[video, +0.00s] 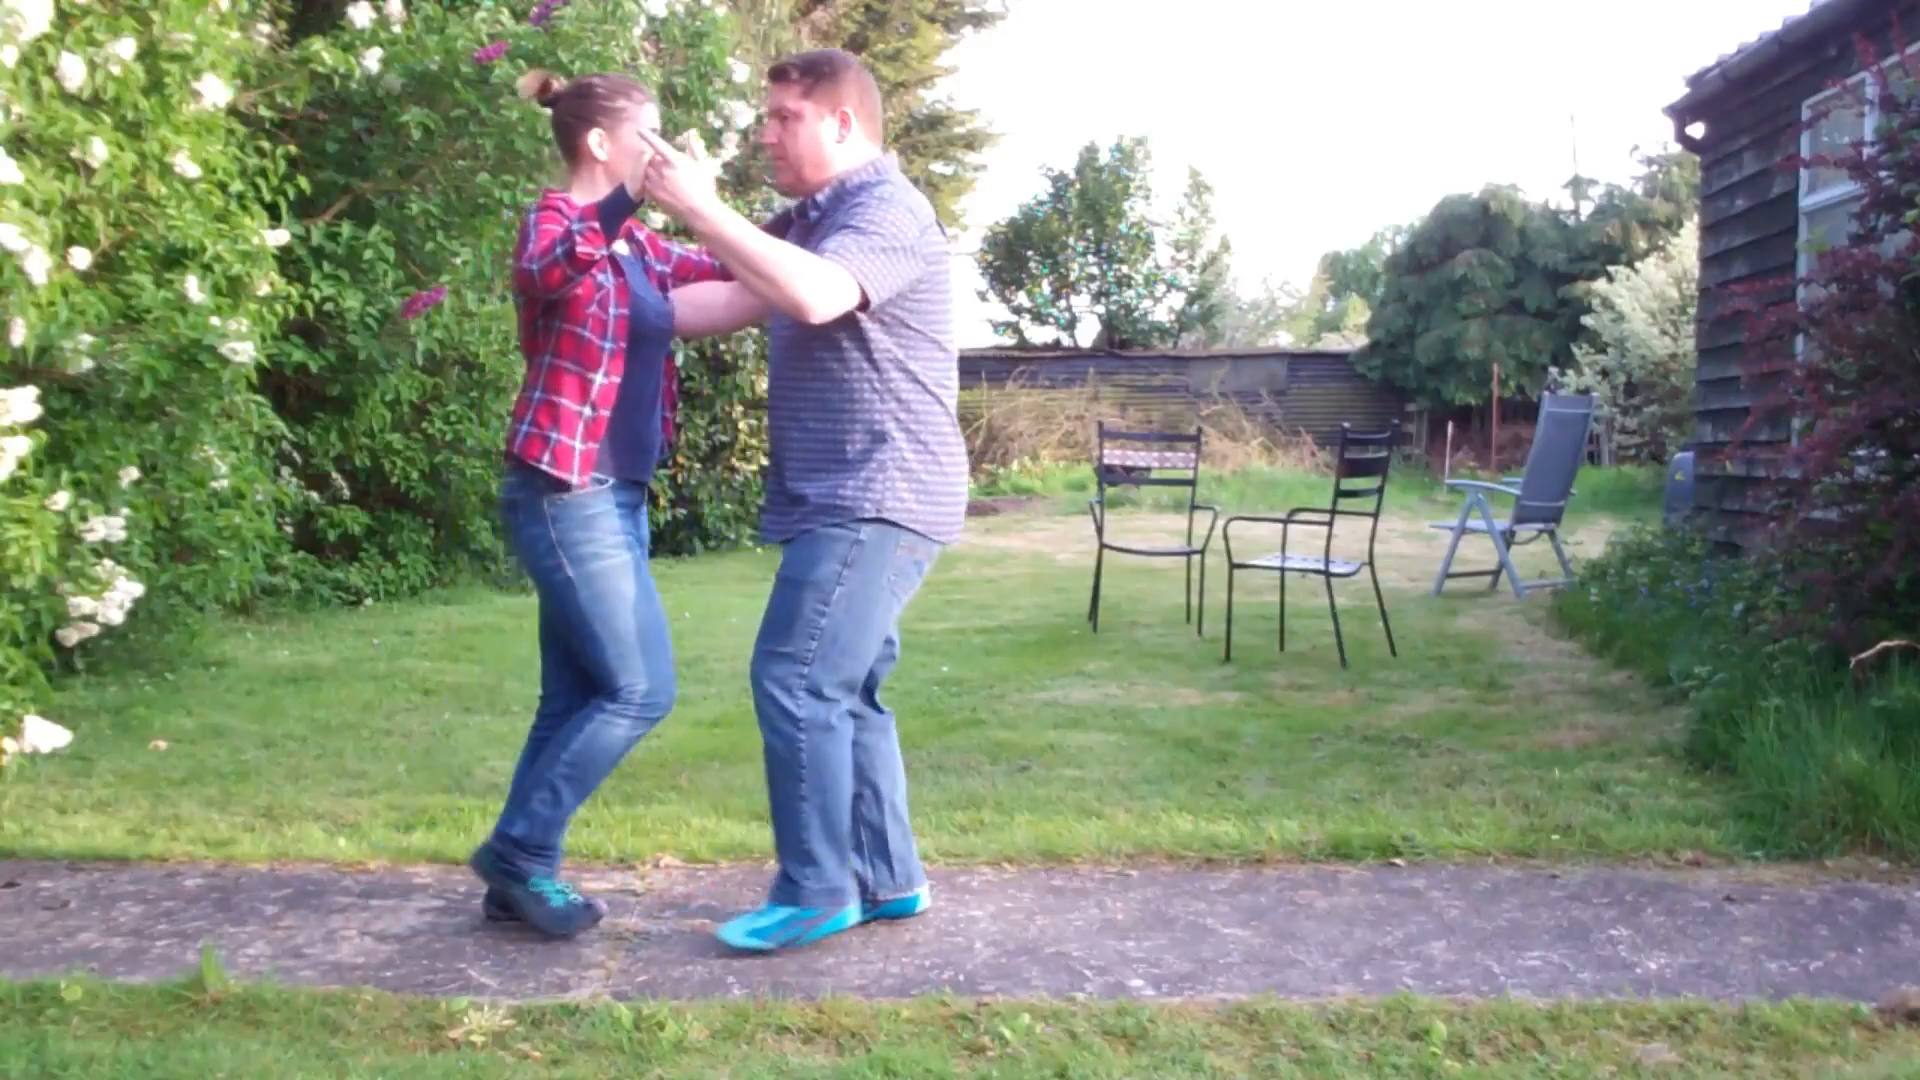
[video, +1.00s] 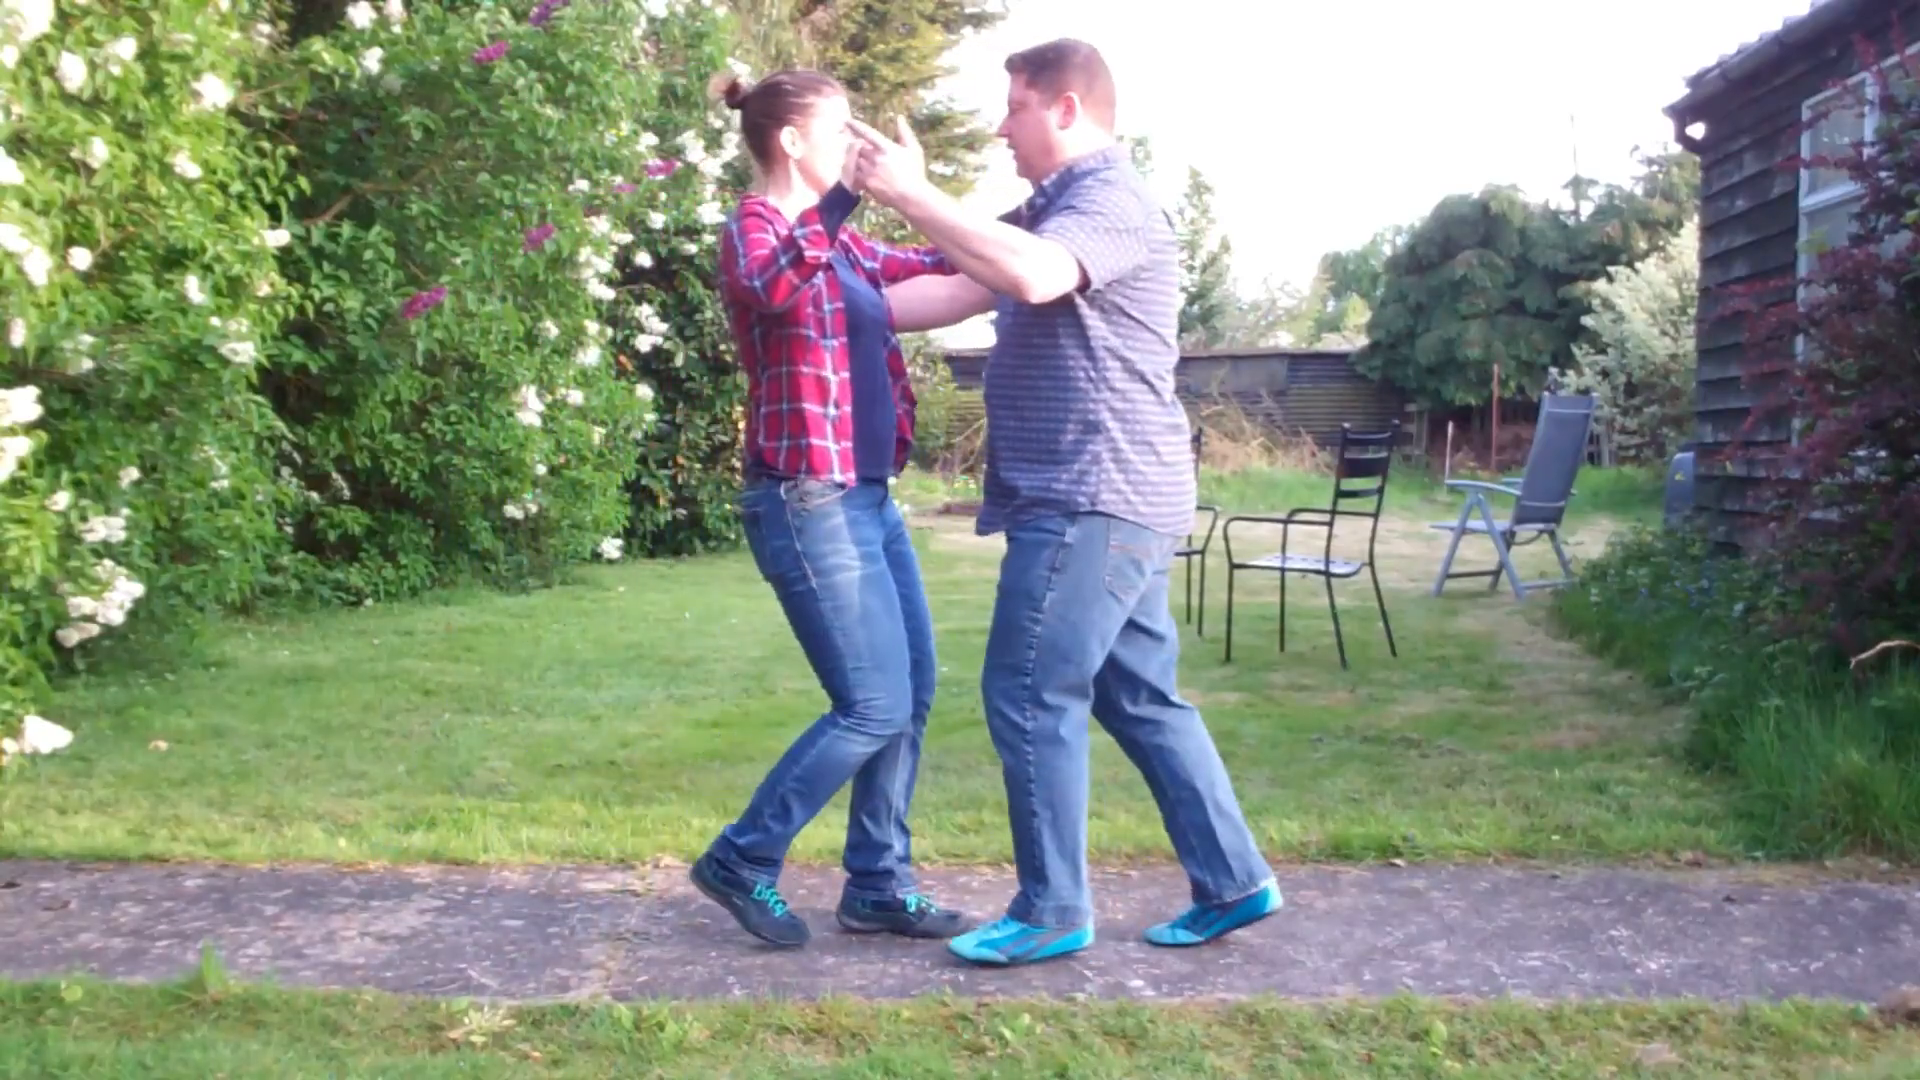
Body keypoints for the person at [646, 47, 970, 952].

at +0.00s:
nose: (764, 135)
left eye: (781, 118)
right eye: (765, 118)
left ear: (839, 121)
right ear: (824, 124)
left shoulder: (886, 208)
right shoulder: (817, 223)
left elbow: (816, 294)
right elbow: (707, 299)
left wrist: (703, 208)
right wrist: (596, 302)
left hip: (883, 495)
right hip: (842, 496)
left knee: (795, 678)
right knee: (850, 687)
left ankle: (817, 891)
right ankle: (887, 874)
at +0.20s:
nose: (825, 130)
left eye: (841, 112)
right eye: (826, 113)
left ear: (900, 116)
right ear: (882, 121)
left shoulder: (937, 208)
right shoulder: (875, 219)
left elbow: (864, 280)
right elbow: (778, 293)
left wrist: (745, 194)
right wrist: (651, 293)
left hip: (937, 496)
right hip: (885, 499)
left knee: (893, 689)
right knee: (871, 689)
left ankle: (1020, 871)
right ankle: (890, 887)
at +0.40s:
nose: (884, 127)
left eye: (899, 109)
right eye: (884, 111)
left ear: (954, 112)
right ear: (944, 116)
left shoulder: (997, 195)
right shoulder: (940, 211)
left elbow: (918, 269)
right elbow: (839, 292)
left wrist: (794, 186)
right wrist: (708, 296)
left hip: (1001, 499)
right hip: (955, 502)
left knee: (997, 706)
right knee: (928, 695)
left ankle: (1070, 912)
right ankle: (904, 885)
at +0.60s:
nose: (943, 128)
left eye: (955, 111)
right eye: (945, 113)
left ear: (1010, 110)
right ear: (1005, 114)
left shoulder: (1063, 199)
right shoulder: (994, 213)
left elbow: (978, 268)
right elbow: (896, 289)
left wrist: (856, 189)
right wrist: (764, 312)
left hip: (1048, 499)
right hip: (998, 503)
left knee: (1028, 703)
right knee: (964, 682)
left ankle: (1070, 920)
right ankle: (1093, 846)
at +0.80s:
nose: (988, 124)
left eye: (1000, 105)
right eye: (990, 106)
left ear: (1052, 106)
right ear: (1055, 108)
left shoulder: (1100, 195)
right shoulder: (1040, 208)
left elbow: (1022, 264)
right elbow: (935, 288)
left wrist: (898, 185)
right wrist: (802, 308)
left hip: (1079, 494)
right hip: (1046, 495)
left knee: (1055, 709)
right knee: (1101, 699)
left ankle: (1071, 921)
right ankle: (1215, 869)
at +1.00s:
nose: (1003, 130)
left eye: (1013, 110)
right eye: (1005, 112)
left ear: (1066, 108)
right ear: (1073, 109)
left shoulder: (1114, 198)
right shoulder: (1060, 211)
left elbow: (1036, 273)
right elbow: (956, 287)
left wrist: (914, 194)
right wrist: (823, 308)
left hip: (1097, 495)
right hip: (1111, 495)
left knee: (1029, 695)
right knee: (1140, 697)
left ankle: (1055, 912)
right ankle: (1234, 881)